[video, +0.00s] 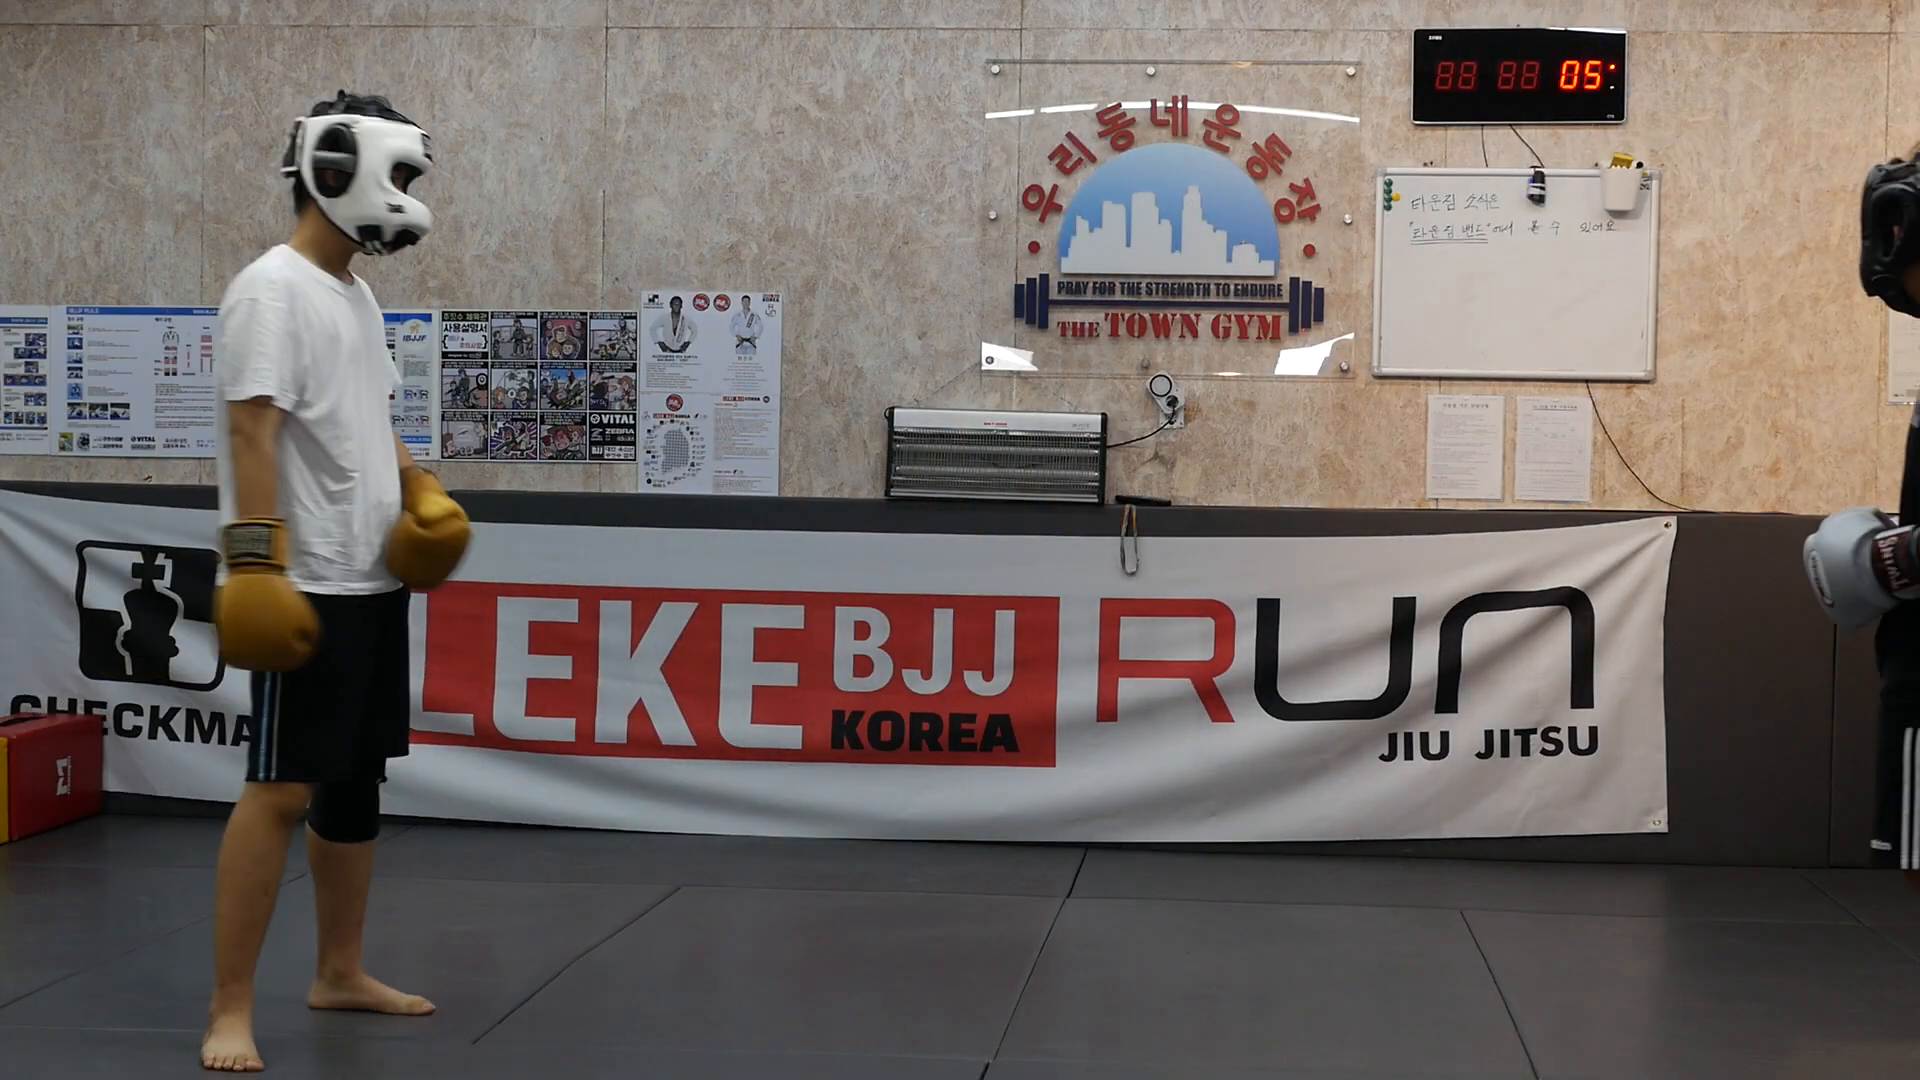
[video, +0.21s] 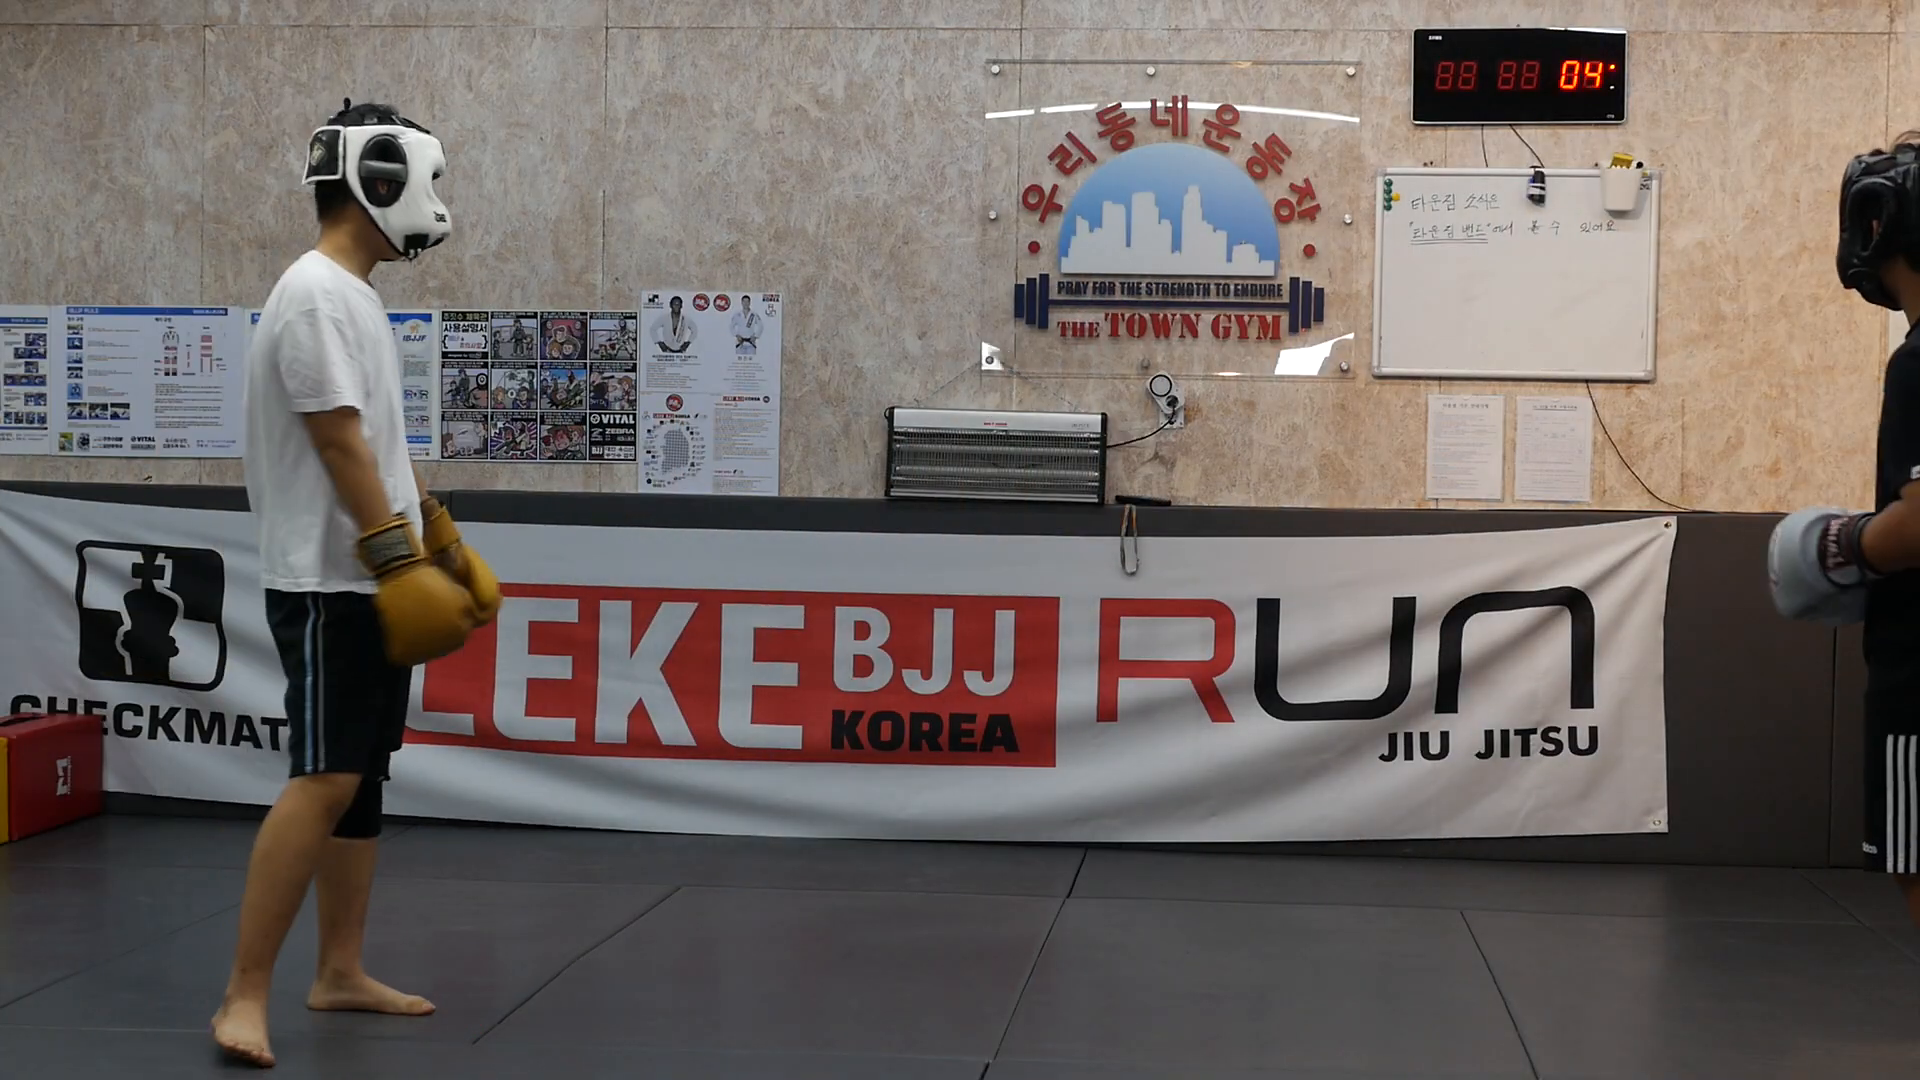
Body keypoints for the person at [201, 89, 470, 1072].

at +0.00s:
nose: (409, 197)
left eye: (413, 178)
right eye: (396, 177)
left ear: (354, 182)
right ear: (339, 175)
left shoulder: (356, 296)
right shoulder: (270, 288)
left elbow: (371, 429)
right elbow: (251, 429)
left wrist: (420, 491)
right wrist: (258, 562)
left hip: (375, 584)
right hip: (305, 584)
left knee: (353, 785)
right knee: (279, 790)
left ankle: (341, 973)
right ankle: (231, 1010)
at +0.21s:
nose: (433, 203)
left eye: (431, 182)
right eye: (423, 183)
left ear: (349, 186)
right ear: (382, 186)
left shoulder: (355, 298)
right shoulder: (314, 294)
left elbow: (386, 446)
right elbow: (336, 440)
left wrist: (446, 543)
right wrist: (394, 557)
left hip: (372, 573)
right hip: (324, 577)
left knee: (362, 775)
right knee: (324, 778)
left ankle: (341, 971)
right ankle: (244, 996)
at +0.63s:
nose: (467, 192)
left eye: (462, 172)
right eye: (456, 174)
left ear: (375, 185)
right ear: (418, 183)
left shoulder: (363, 285)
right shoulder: (368, 289)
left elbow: (400, 450)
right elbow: (403, 447)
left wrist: (474, 538)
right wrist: (482, 534)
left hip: (369, 556)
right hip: (348, 557)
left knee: (376, 768)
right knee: (374, 769)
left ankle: (340, 971)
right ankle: (259, 966)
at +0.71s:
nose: (470, 191)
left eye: (465, 173)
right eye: (458, 175)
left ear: (384, 186)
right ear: (415, 184)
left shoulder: (358, 284)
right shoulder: (377, 289)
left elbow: (314, 441)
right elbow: (401, 445)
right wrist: (469, 551)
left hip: (362, 557)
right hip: (354, 560)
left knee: (374, 766)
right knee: (367, 769)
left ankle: (340, 970)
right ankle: (260, 969)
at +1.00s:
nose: (483, 193)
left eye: (481, 175)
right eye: (468, 176)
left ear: (413, 187)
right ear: (417, 185)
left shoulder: (412, 299)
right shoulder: (350, 291)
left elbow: (397, 446)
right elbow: (344, 433)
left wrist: (420, 570)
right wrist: (365, 561)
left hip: (400, 568)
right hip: (344, 570)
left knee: (374, 778)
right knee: (342, 779)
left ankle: (351, 969)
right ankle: (329, 993)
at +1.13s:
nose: (466, 195)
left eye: (468, 175)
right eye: (448, 179)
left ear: (427, 184)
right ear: (396, 183)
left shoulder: (436, 296)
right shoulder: (332, 291)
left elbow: (434, 439)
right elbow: (310, 433)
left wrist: (463, 544)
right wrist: (323, 559)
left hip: (421, 573)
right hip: (353, 571)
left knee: (380, 779)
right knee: (342, 781)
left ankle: (350, 969)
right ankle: (326, 1003)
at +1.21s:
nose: (461, 190)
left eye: (464, 171)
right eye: (443, 173)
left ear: (422, 183)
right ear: (388, 178)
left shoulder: (441, 294)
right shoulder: (323, 292)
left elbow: (461, 425)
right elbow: (296, 435)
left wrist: (503, 531)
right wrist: (292, 562)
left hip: (425, 582)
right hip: (349, 583)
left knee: (383, 786)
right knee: (338, 789)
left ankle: (351, 970)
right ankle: (327, 1008)